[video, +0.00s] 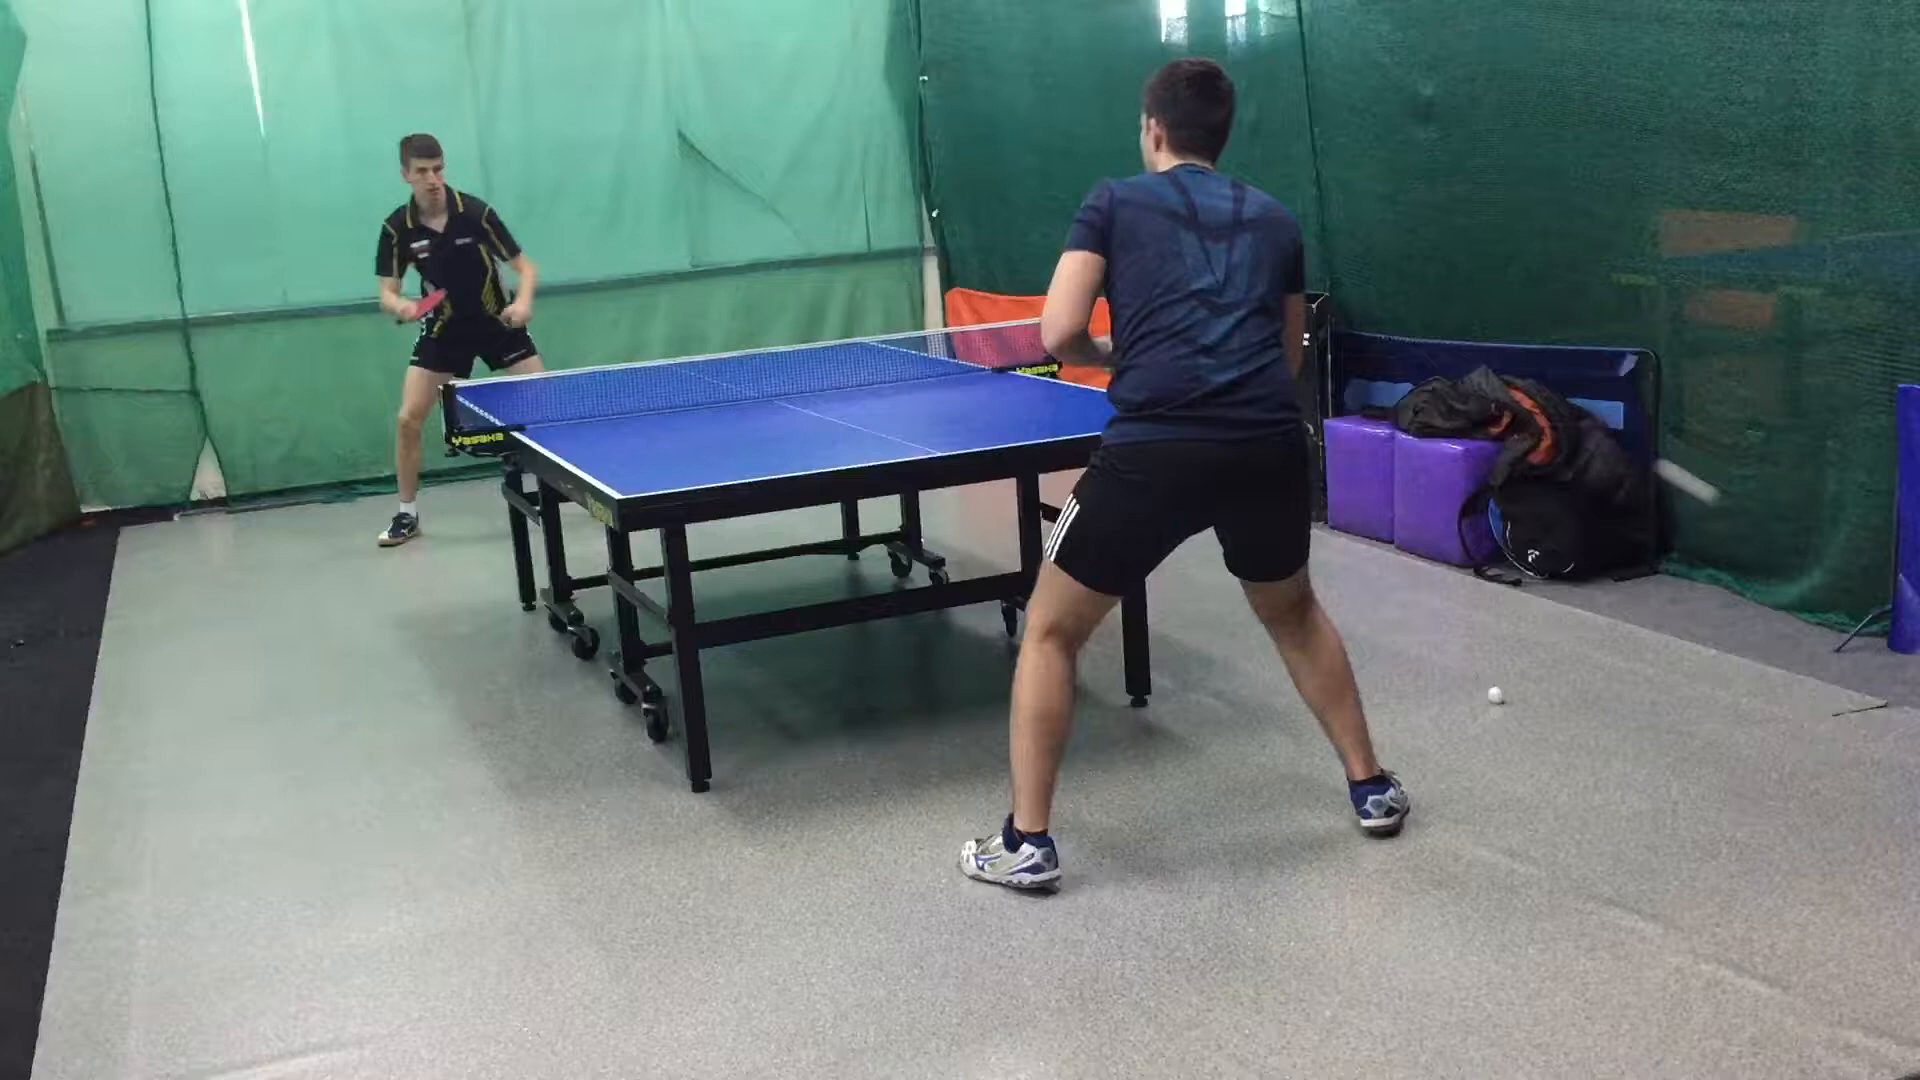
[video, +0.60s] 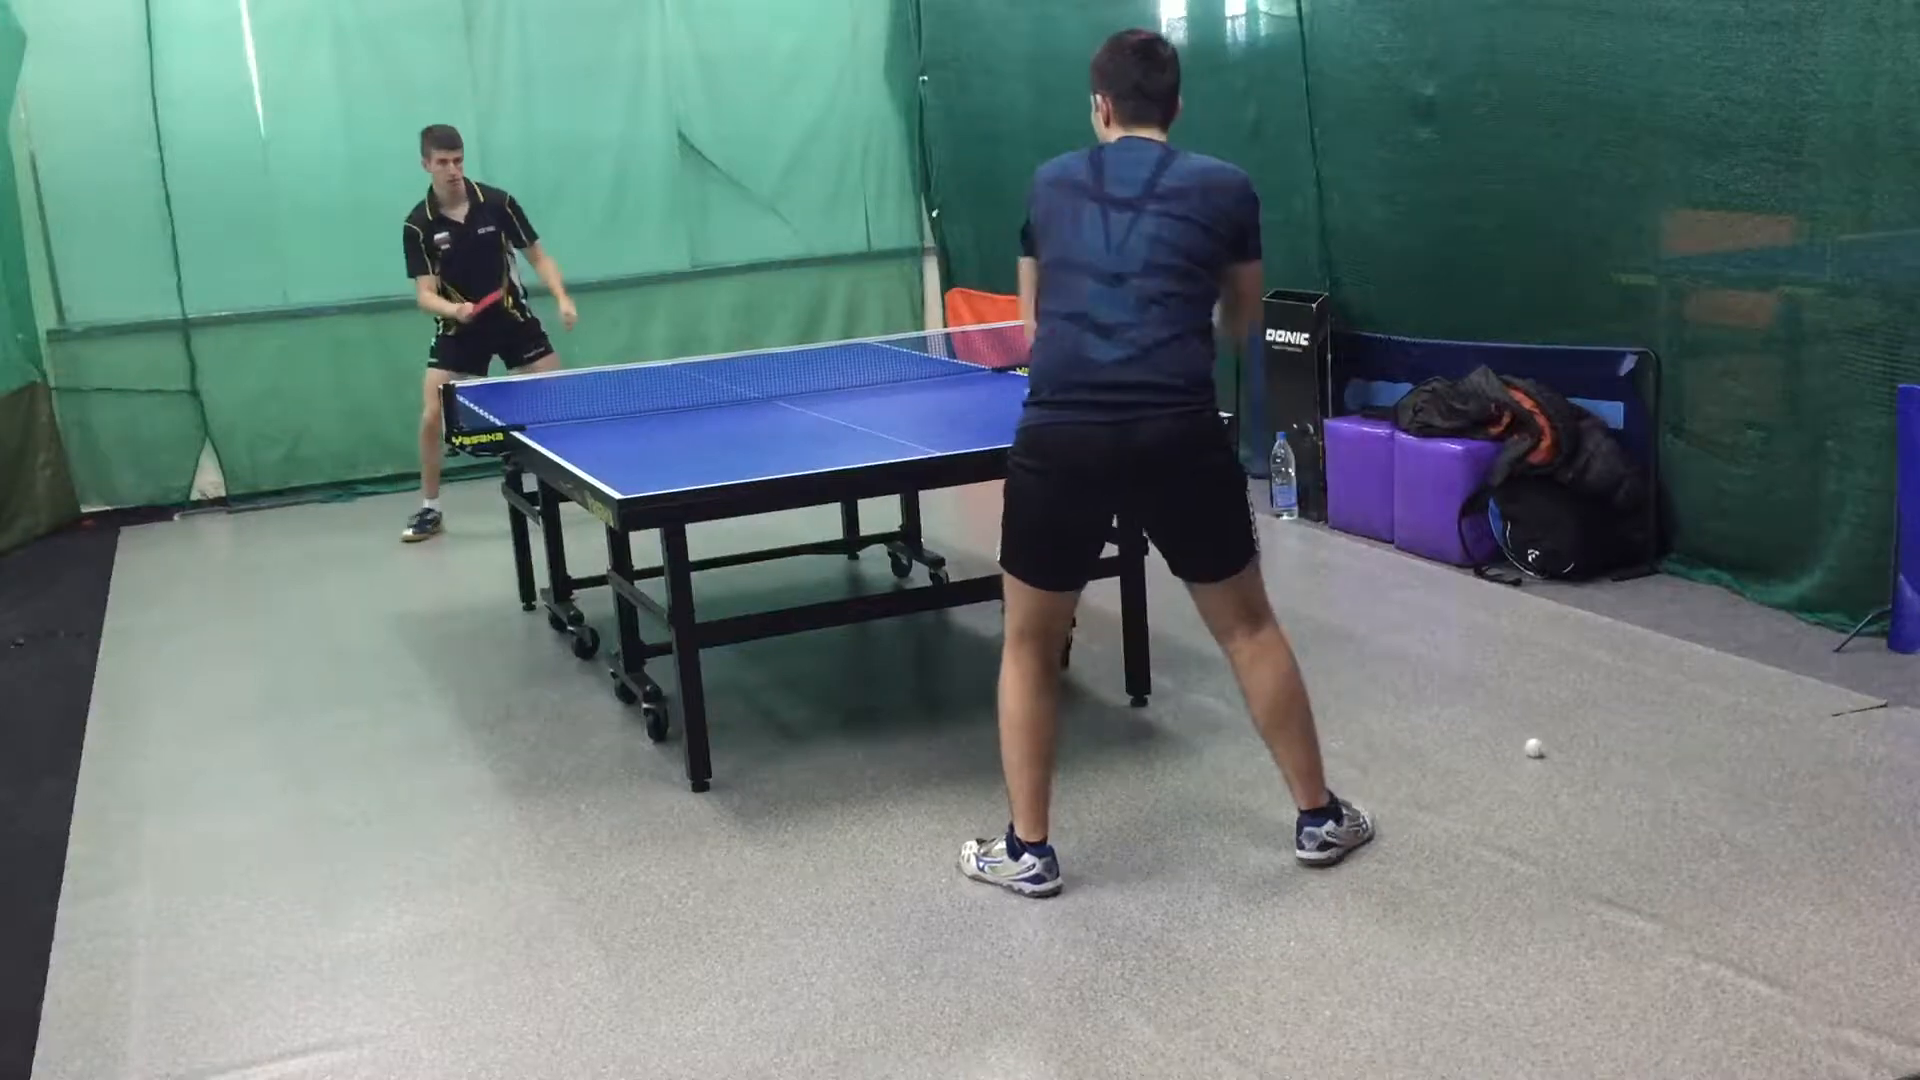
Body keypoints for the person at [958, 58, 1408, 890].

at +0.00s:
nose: (1144, 138)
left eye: (1144, 128)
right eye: (1151, 128)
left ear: (1151, 132)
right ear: (1223, 137)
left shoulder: (1116, 202)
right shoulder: (1276, 219)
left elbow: (1061, 331)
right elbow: (1290, 358)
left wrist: (1112, 352)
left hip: (1154, 456)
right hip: (1268, 454)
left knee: (1054, 633)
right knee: (1294, 612)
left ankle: (1028, 839)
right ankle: (1370, 785)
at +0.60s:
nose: (1099, 110)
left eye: (1096, 100)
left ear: (1100, 105)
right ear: (1178, 107)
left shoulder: (1052, 182)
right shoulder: (1225, 188)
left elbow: (1035, 324)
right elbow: (1241, 322)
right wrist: (1185, 299)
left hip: (1059, 451)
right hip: (1177, 446)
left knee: (1030, 645)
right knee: (1250, 628)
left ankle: (1029, 848)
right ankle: (1317, 816)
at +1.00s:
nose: (1075, 145)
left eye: (1075, 134)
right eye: (1081, 133)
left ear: (1087, 139)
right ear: (1159, 139)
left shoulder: (1069, 207)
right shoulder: (1215, 215)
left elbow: (1013, 327)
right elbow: (1204, 324)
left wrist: (1053, 370)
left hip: (1120, 465)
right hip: (1228, 457)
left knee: (1024, 639)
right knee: (1265, 618)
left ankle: (1028, 845)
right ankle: (1349, 791)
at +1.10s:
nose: (1092, 150)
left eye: (1093, 139)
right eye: (1096, 139)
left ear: (1108, 146)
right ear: (1178, 148)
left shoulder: (1084, 215)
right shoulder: (1236, 225)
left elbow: (1029, 336)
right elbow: (1240, 335)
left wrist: (1083, 353)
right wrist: (1144, 339)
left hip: (1133, 468)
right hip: (1245, 461)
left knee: (1034, 641)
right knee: (1273, 615)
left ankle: (1030, 845)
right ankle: (1349, 791)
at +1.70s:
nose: (1163, 169)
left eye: (1164, 159)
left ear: (1171, 164)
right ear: (1243, 174)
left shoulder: (1120, 230)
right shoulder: (1281, 259)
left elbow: (1042, 342)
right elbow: (1290, 397)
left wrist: (1115, 360)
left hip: (1128, 481)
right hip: (1245, 479)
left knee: (1040, 641)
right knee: (1302, 611)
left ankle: (1025, 841)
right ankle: (1348, 790)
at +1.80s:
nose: (1151, 145)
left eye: (1152, 135)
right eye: (1164, 136)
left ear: (1162, 141)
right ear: (1233, 149)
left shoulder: (1117, 208)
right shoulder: (1276, 232)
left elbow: (1046, 324)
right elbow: (1276, 345)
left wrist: (1109, 340)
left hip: (1146, 460)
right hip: (1261, 456)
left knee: (1049, 636)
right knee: (1299, 610)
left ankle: (1027, 839)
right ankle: (1351, 786)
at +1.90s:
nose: (1137, 144)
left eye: (1138, 133)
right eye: (1144, 133)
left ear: (1146, 138)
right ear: (1216, 142)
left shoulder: (1116, 204)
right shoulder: (1266, 220)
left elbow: (1051, 324)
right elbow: (1244, 326)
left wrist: (1109, 339)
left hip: (1158, 458)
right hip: (1268, 452)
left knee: (1049, 633)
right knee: (1293, 613)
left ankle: (1039, 840)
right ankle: (1370, 787)